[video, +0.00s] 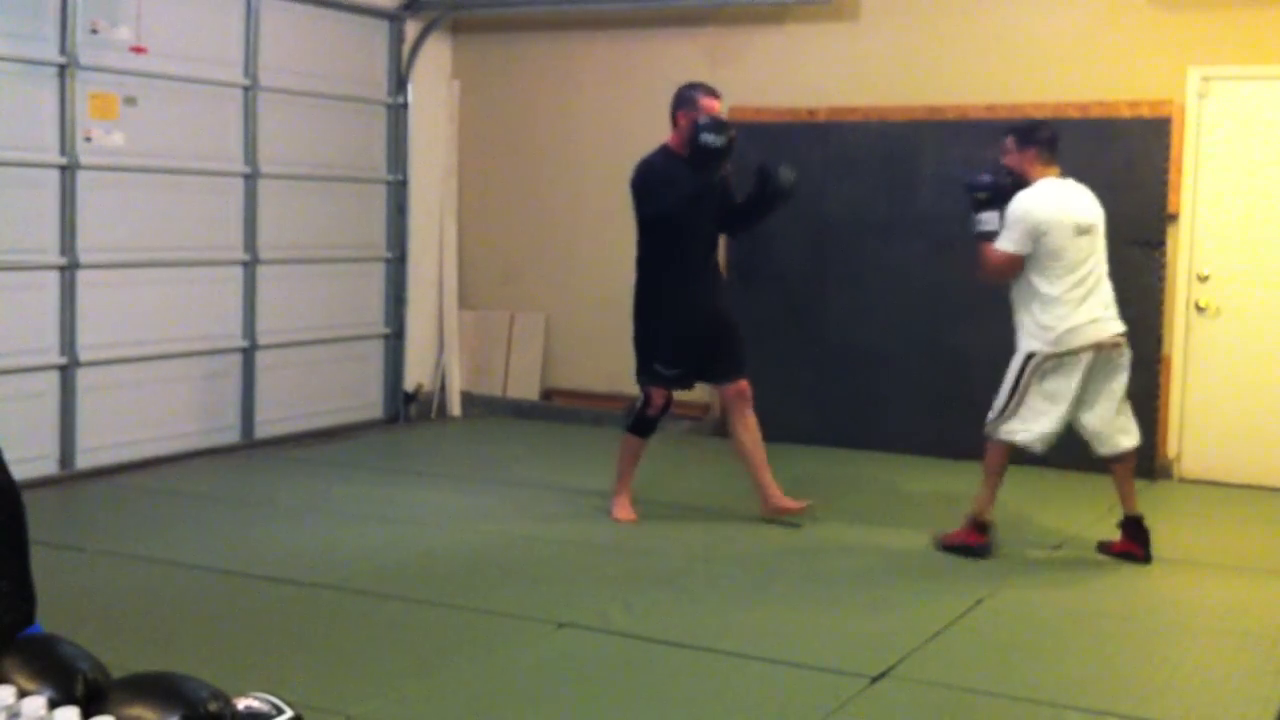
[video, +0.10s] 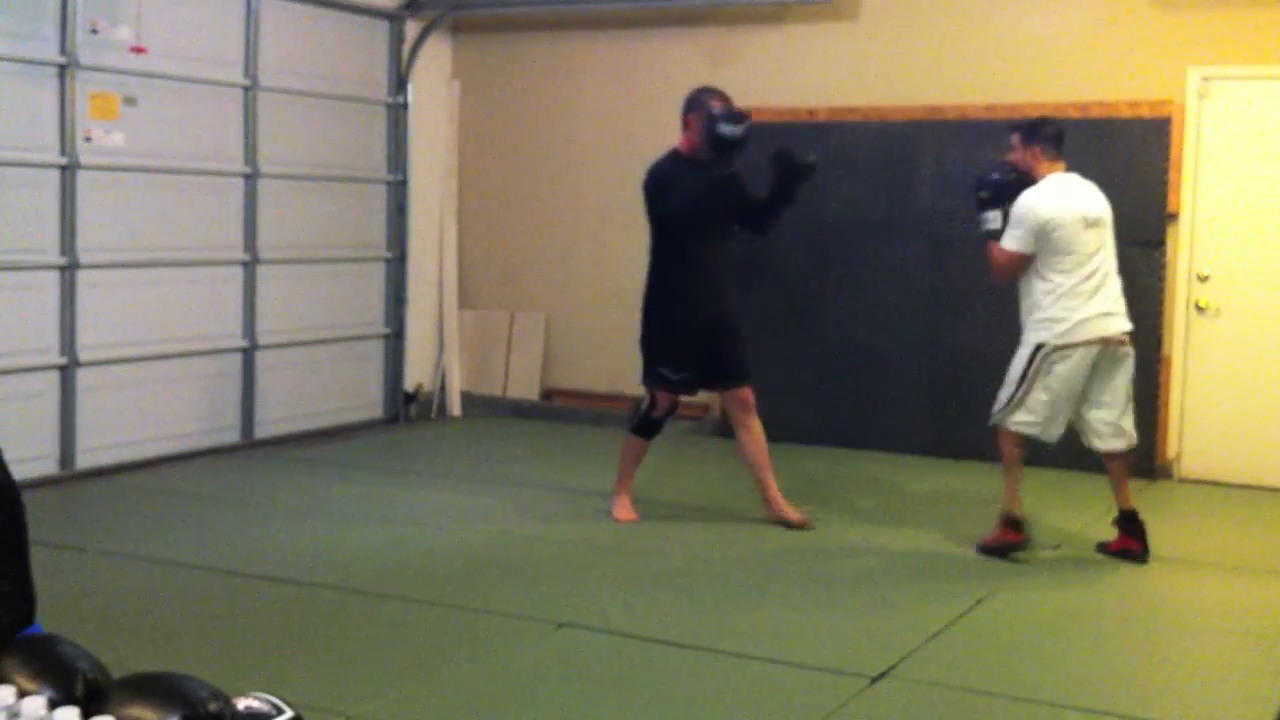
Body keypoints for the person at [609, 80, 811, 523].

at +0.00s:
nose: (715, 129)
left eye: (719, 121)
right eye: (707, 120)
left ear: (718, 123)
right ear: (680, 118)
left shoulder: (710, 168)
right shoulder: (654, 171)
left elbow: (730, 222)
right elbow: (673, 222)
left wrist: (768, 195)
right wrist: (706, 162)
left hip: (706, 298)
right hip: (661, 300)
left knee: (738, 392)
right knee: (656, 399)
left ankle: (771, 496)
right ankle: (621, 494)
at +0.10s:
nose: (721, 133)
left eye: (726, 124)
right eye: (714, 124)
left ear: (729, 126)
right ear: (690, 123)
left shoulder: (723, 173)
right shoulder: (665, 174)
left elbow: (758, 222)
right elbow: (680, 221)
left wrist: (786, 184)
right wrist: (719, 163)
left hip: (716, 302)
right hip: (671, 302)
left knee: (742, 400)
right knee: (662, 401)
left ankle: (775, 502)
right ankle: (622, 493)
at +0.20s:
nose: (745, 135)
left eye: (748, 126)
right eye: (737, 125)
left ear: (750, 127)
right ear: (713, 122)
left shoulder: (744, 174)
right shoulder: (686, 173)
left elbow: (781, 223)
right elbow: (702, 224)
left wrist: (804, 175)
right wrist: (745, 161)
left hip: (739, 303)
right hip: (692, 304)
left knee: (761, 397)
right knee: (683, 405)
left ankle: (779, 502)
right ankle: (627, 486)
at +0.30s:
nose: (757, 138)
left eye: (762, 129)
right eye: (750, 126)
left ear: (765, 128)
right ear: (726, 122)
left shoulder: (755, 173)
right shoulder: (699, 172)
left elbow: (790, 225)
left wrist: (815, 180)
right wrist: (757, 163)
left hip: (752, 302)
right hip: (706, 302)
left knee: (767, 400)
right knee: (701, 406)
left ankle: (779, 503)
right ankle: (639, 478)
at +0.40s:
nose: (773, 134)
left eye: (777, 126)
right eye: (765, 124)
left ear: (777, 125)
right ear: (740, 121)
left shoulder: (765, 170)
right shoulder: (709, 170)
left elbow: (798, 227)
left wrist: (823, 183)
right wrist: (768, 164)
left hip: (760, 299)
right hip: (716, 300)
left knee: (769, 399)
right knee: (716, 400)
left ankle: (779, 503)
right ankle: (659, 482)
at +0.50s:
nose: (777, 139)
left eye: (783, 130)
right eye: (771, 129)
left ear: (783, 127)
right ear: (749, 120)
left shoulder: (771, 168)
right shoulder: (717, 169)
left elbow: (797, 226)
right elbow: (744, 220)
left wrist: (832, 189)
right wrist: (777, 162)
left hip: (760, 291)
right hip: (720, 293)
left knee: (775, 396)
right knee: (728, 399)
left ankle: (780, 505)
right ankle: (681, 496)